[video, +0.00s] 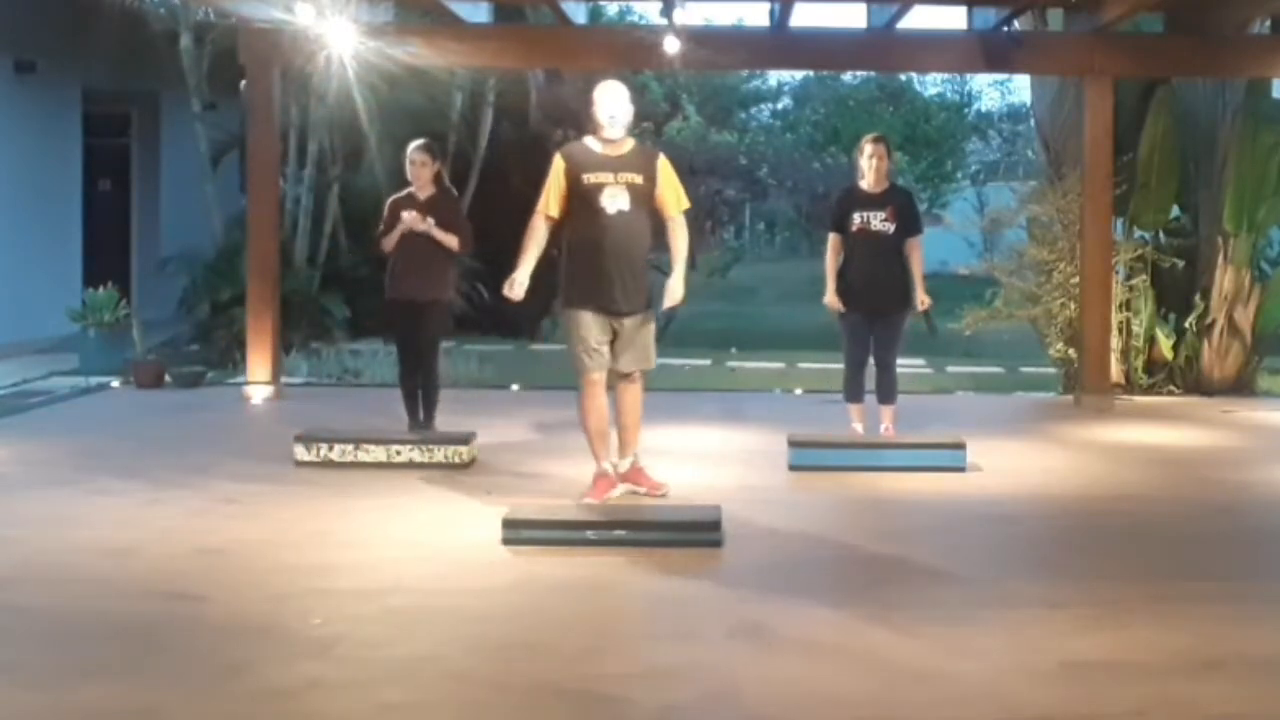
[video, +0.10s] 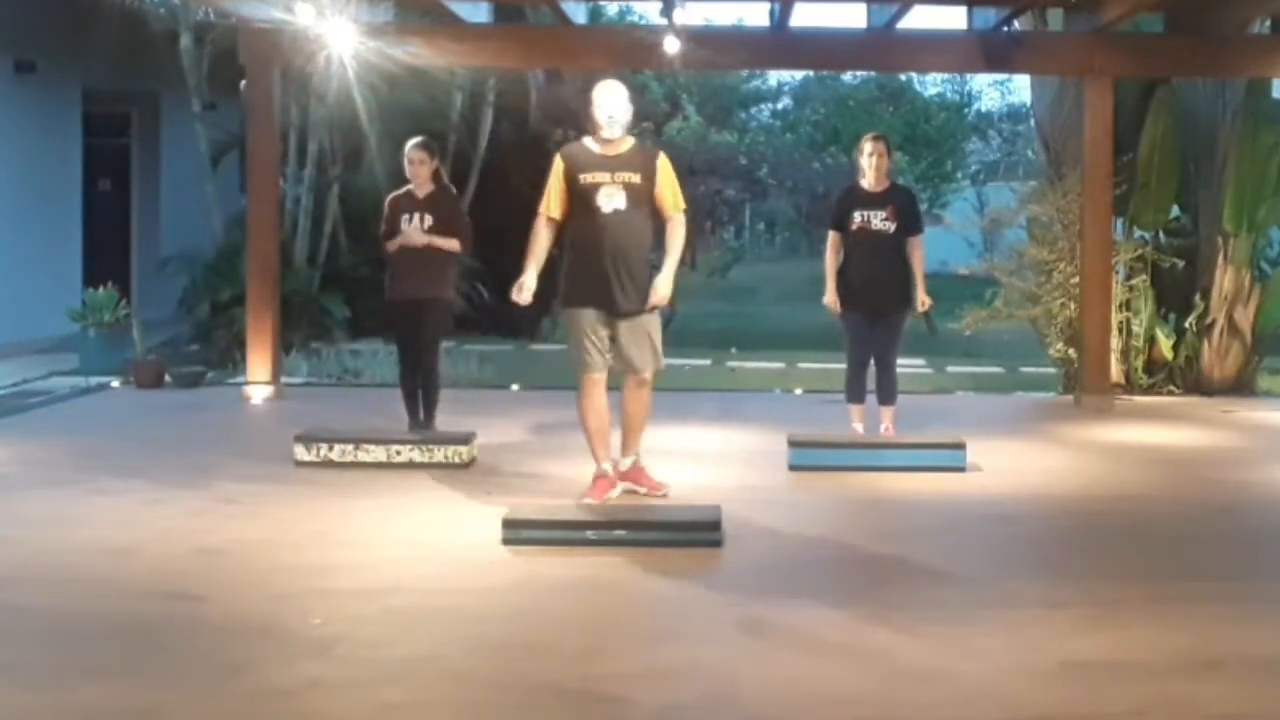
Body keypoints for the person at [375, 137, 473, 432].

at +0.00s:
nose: (414, 170)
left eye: (421, 164)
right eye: (411, 163)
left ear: (435, 167)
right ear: (405, 167)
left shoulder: (448, 201)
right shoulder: (396, 203)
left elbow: (462, 244)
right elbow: (384, 246)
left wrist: (430, 227)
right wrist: (402, 227)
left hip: (434, 296)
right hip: (401, 295)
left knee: (428, 359)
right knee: (407, 359)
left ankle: (429, 418)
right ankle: (413, 418)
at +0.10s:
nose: (413, 169)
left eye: (419, 162)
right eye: (409, 162)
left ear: (434, 164)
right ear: (403, 165)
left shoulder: (448, 199)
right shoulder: (394, 201)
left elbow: (463, 244)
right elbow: (385, 247)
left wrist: (428, 238)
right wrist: (403, 239)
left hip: (434, 294)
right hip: (401, 294)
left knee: (428, 359)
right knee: (408, 359)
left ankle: (429, 418)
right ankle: (414, 419)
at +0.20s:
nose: (412, 167)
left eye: (419, 161)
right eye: (408, 160)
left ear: (433, 162)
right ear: (403, 162)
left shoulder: (447, 197)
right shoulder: (392, 198)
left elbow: (460, 243)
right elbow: (385, 243)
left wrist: (429, 250)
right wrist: (403, 251)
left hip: (434, 291)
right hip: (402, 291)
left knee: (431, 356)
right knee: (408, 357)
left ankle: (430, 418)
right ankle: (414, 418)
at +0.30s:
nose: (413, 167)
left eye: (419, 161)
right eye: (409, 160)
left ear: (433, 163)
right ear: (403, 163)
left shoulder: (446, 197)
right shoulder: (392, 198)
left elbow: (454, 243)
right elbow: (385, 242)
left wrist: (429, 267)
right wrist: (403, 272)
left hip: (436, 291)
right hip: (403, 290)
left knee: (434, 355)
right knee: (409, 356)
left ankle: (430, 418)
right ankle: (414, 418)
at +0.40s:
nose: (413, 169)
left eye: (419, 163)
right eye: (409, 163)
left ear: (433, 165)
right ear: (403, 165)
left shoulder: (447, 200)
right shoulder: (391, 201)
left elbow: (457, 245)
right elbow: (387, 248)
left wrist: (442, 279)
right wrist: (389, 286)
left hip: (435, 290)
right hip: (403, 290)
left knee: (436, 358)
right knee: (409, 359)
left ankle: (431, 417)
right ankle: (414, 417)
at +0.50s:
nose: (414, 171)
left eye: (420, 166)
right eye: (410, 165)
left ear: (433, 168)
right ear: (403, 167)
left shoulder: (446, 204)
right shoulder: (391, 204)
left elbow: (455, 254)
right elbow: (384, 254)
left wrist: (459, 293)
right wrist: (377, 294)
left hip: (437, 297)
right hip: (403, 297)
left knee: (437, 361)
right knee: (410, 362)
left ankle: (431, 418)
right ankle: (414, 419)